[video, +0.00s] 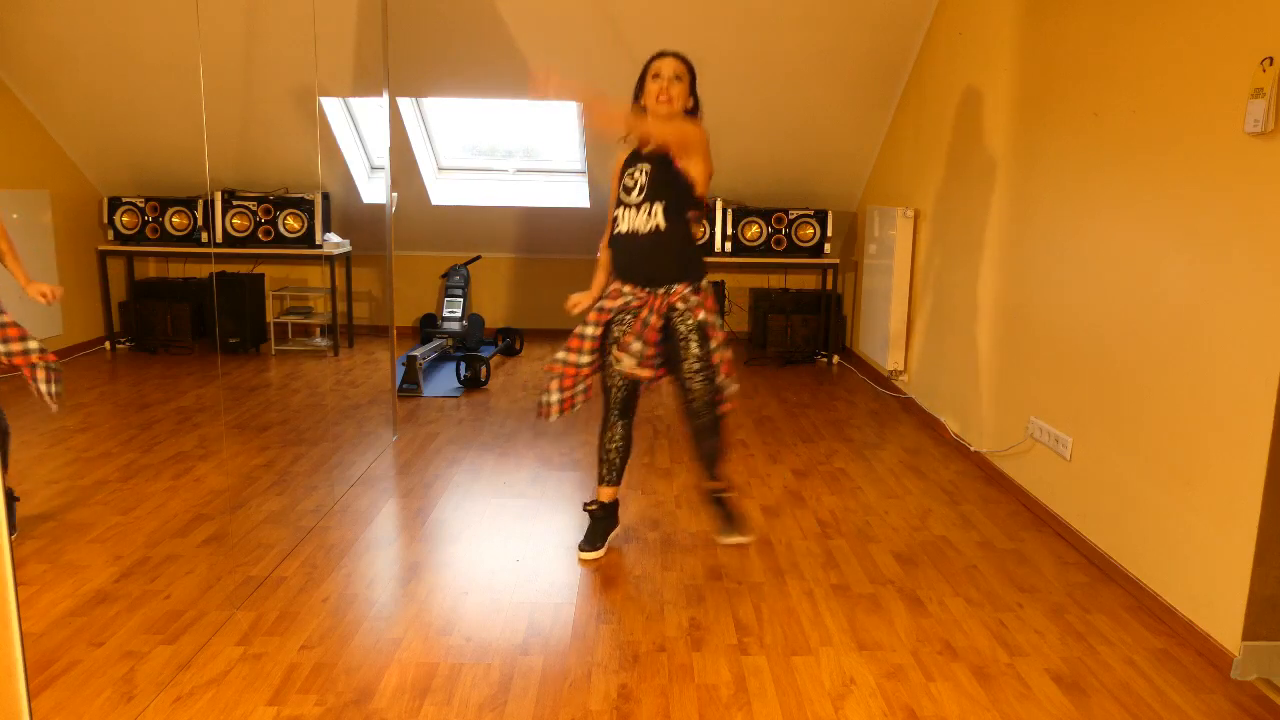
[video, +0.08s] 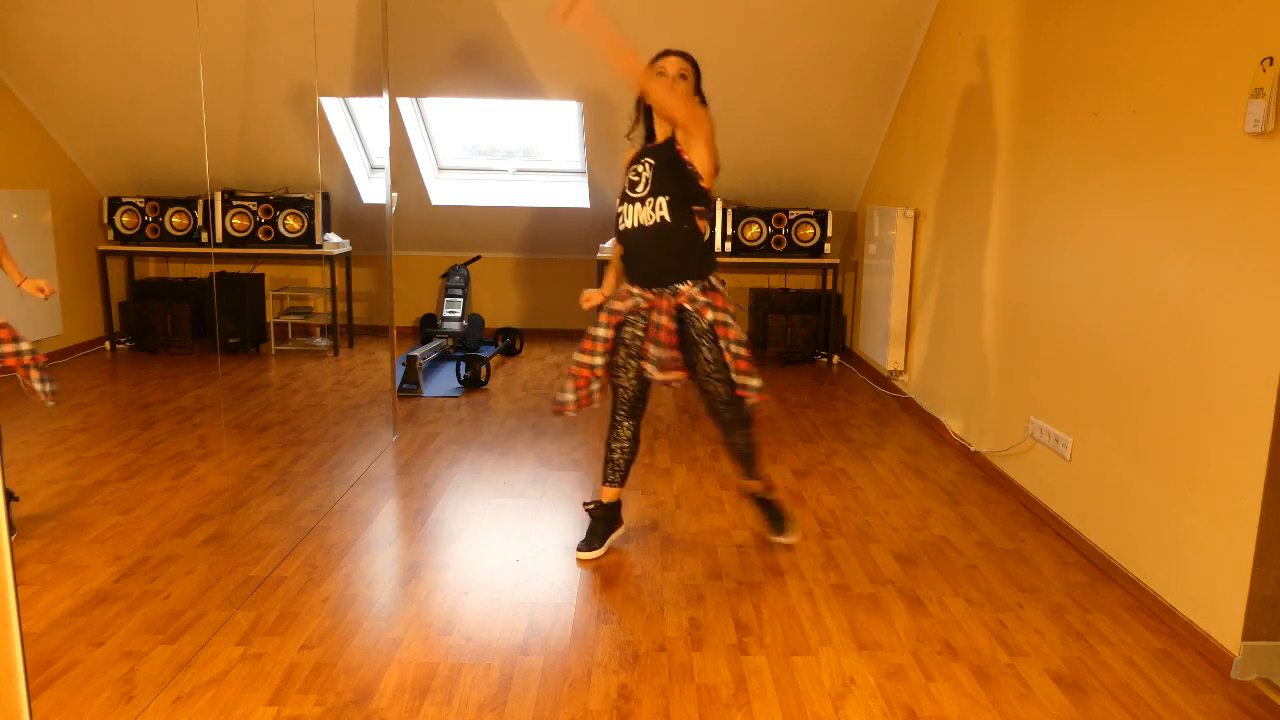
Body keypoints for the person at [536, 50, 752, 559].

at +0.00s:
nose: (664, 86)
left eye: (675, 80)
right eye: (655, 78)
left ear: (691, 94)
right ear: (640, 91)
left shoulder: (693, 139)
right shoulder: (628, 152)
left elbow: (642, 124)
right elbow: (614, 225)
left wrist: (573, 95)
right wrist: (596, 288)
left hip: (681, 293)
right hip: (628, 292)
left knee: (700, 396)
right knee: (617, 401)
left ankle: (718, 492)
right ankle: (604, 506)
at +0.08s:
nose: (665, 79)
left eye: (679, 74)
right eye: (658, 73)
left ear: (695, 95)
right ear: (645, 88)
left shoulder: (697, 136)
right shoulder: (636, 156)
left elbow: (645, 81)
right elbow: (626, 228)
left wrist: (593, 24)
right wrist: (608, 286)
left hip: (693, 294)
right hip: (638, 297)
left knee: (725, 399)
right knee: (626, 402)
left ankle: (757, 489)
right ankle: (607, 506)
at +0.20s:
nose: (682, 108)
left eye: (692, 99)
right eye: (672, 97)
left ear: (704, 109)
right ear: (658, 107)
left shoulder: (713, 157)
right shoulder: (656, 174)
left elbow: (698, 69)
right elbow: (643, 245)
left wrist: (673, 8)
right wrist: (625, 299)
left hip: (712, 307)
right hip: (658, 310)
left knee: (749, 412)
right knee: (640, 414)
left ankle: (786, 499)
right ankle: (615, 513)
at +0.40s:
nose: (714, 131)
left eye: (724, 123)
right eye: (704, 123)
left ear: (738, 133)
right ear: (690, 134)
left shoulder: (756, 171)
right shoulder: (683, 203)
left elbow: (793, 95)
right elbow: (674, 268)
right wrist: (656, 320)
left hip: (782, 319)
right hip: (719, 323)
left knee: (793, 424)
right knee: (669, 417)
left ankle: (790, 505)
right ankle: (623, 507)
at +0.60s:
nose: (735, 141)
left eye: (744, 132)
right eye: (724, 133)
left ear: (757, 142)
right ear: (710, 146)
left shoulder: (772, 181)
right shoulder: (703, 213)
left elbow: (826, 177)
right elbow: (692, 281)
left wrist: (872, 164)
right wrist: (677, 342)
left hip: (804, 325)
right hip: (753, 333)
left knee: (816, 429)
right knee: (780, 435)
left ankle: (792, 505)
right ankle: (731, 457)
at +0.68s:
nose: (741, 143)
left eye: (749, 134)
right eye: (729, 135)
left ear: (762, 144)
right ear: (715, 149)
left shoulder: (774, 194)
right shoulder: (717, 209)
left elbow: (817, 216)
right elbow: (709, 285)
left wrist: (847, 226)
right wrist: (702, 354)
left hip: (805, 325)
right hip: (760, 335)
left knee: (824, 415)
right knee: (804, 432)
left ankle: (795, 504)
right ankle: (772, 494)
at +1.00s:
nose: (737, 94)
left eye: (745, 86)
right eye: (723, 89)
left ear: (756, 95)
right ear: (707, 104)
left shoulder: (760, 145)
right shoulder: (717, 148)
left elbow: (794, 94)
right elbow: (757, 119)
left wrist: (837, 36)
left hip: (778, 294)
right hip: (729, 292)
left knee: (781, 402)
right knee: (700, 399)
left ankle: (786, 500)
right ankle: (641, 486)